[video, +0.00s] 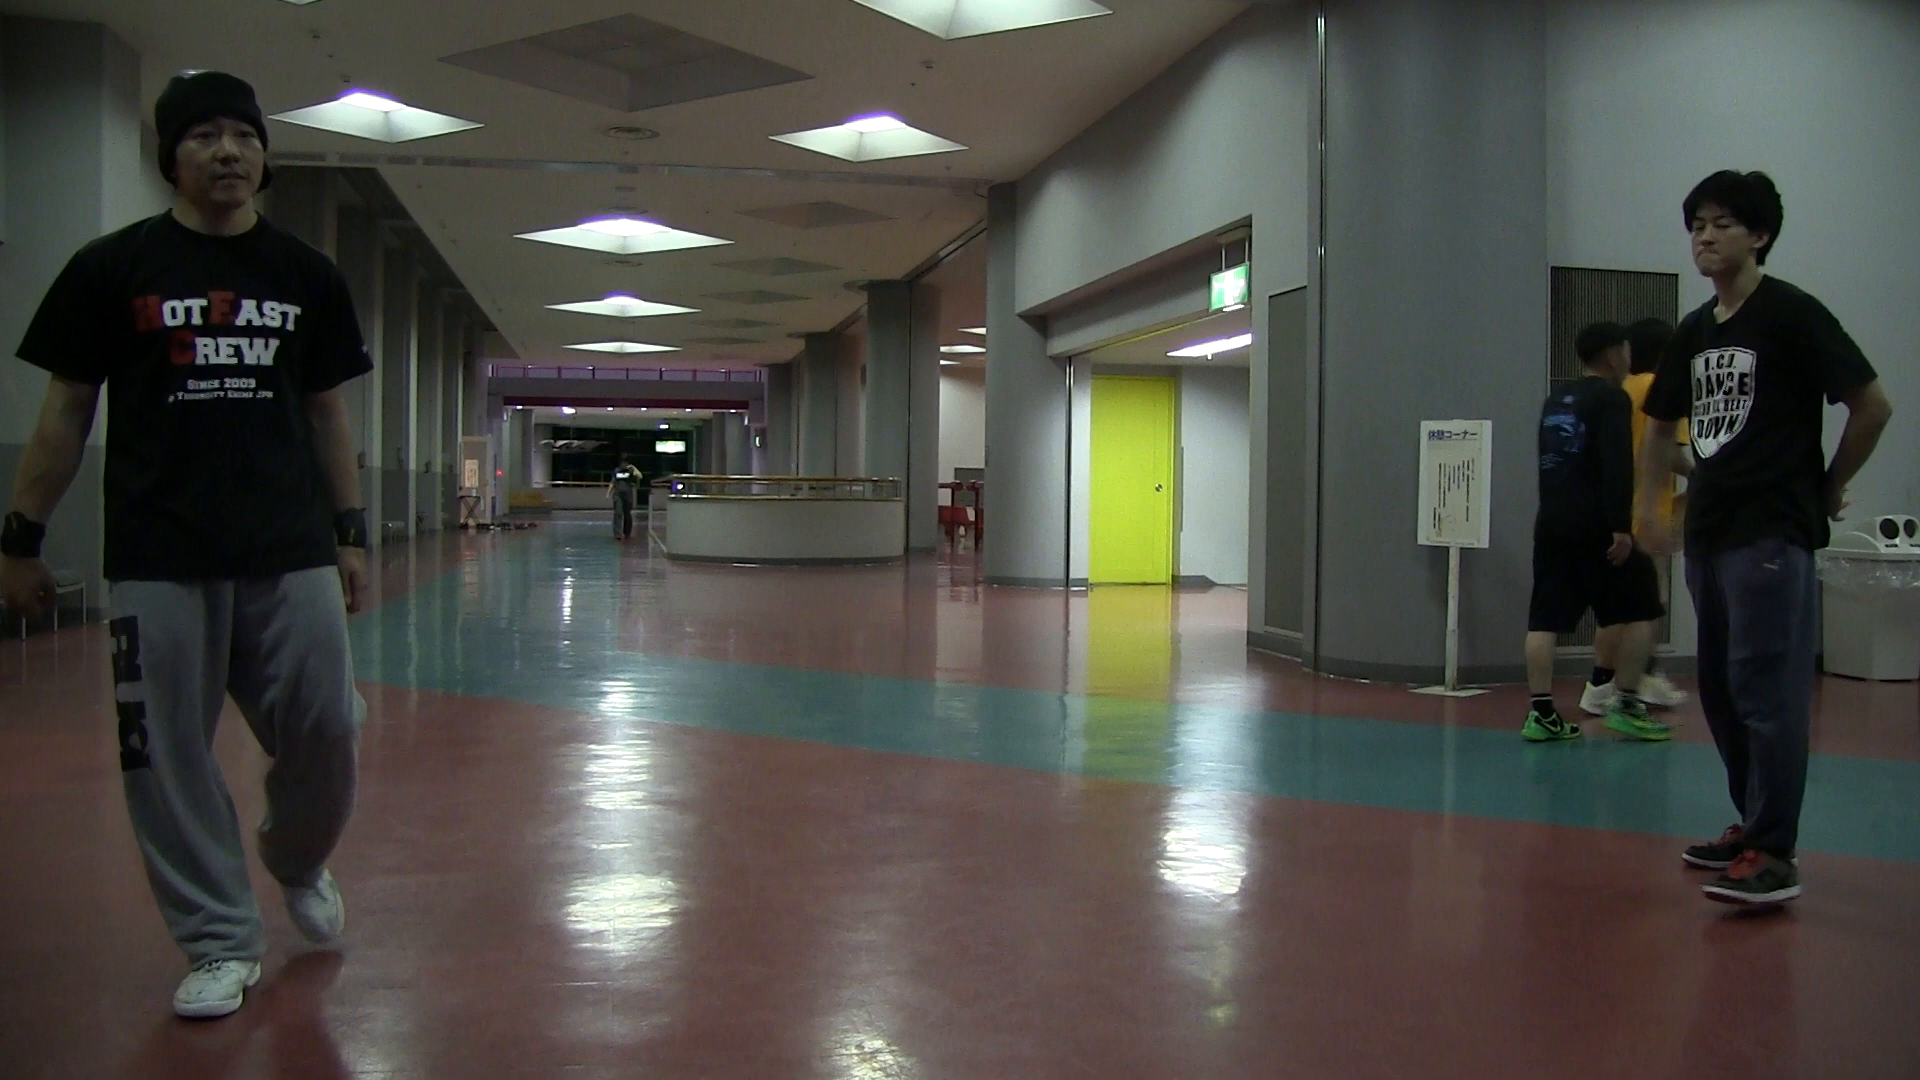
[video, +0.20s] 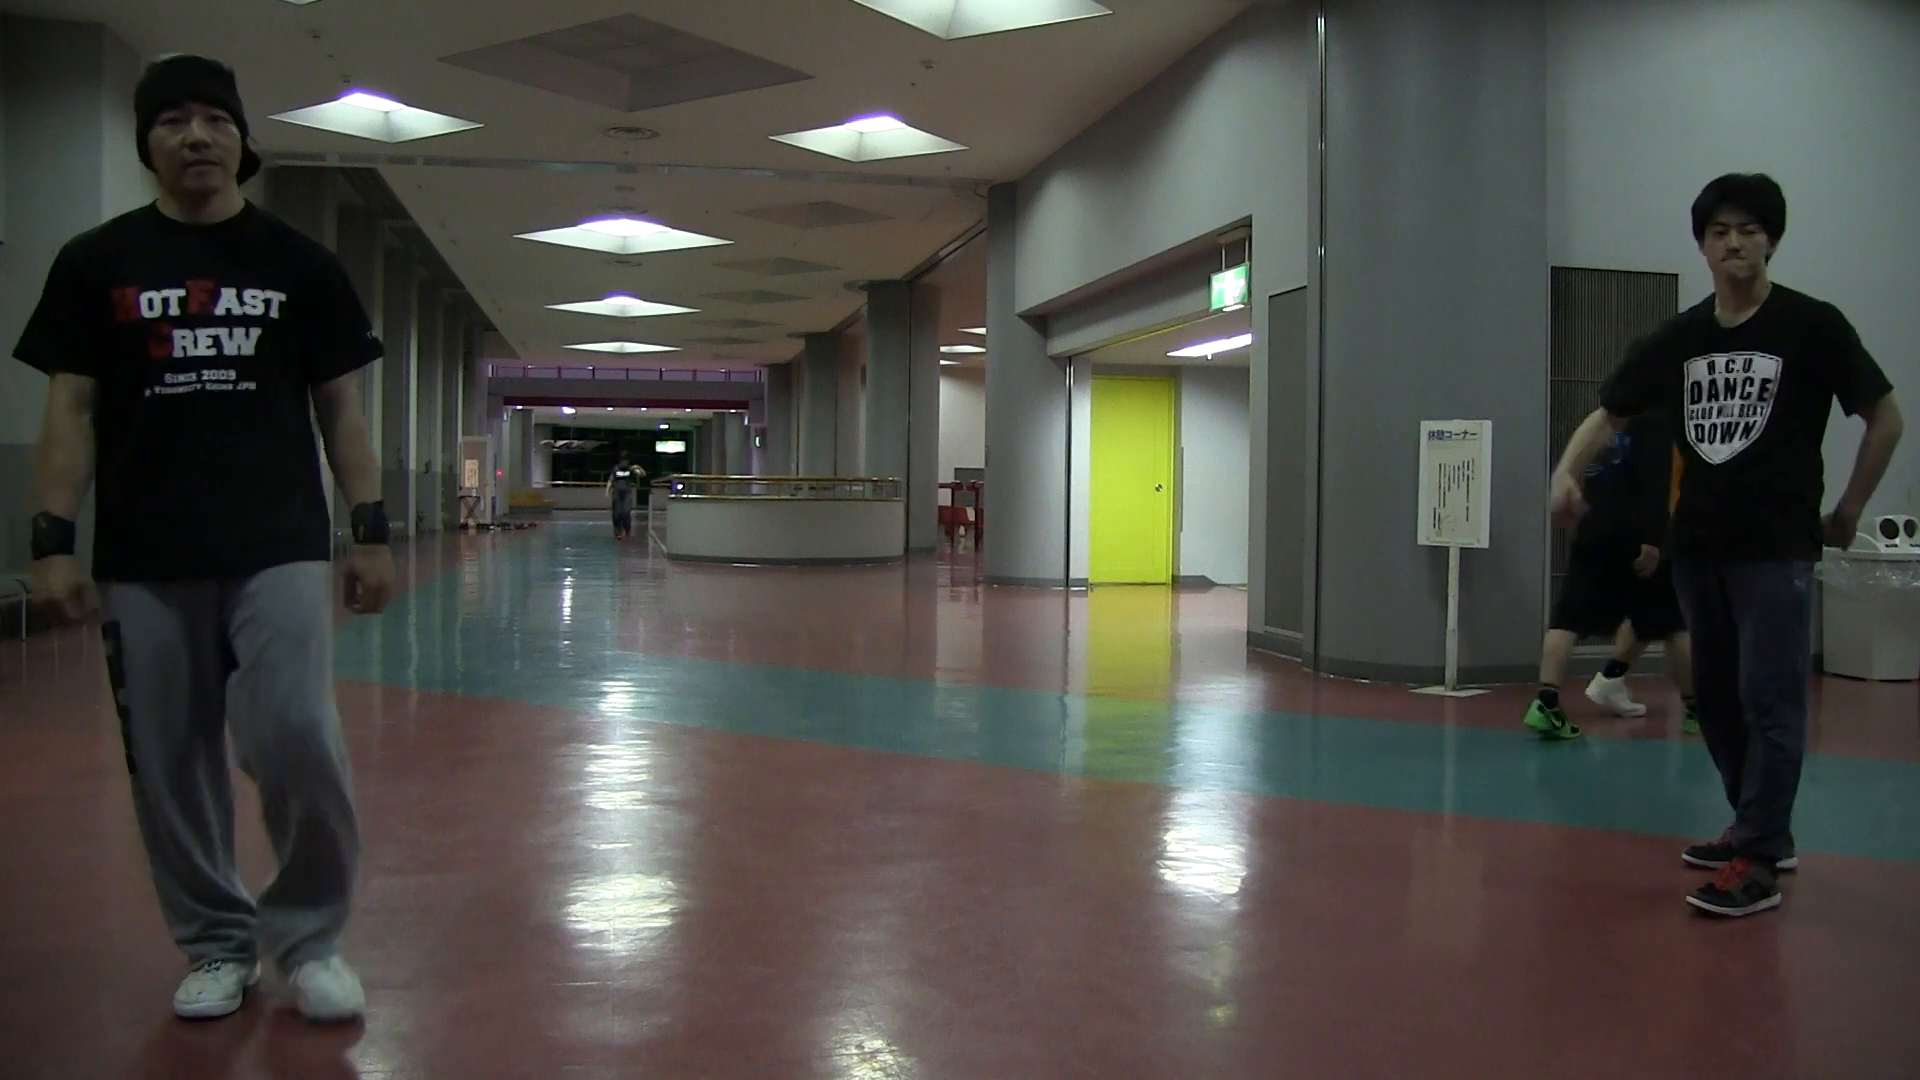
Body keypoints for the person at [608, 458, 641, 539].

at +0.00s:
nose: (624, 465)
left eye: (626, 463)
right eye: (622, 463)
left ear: (628, 463)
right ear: (620, 463)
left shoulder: (631, 471)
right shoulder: (617, 471)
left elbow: (640, 476)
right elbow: (612, 483)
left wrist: (633, 468)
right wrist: (608, 493)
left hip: (628, 496)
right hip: (618, 495)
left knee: (627, 514)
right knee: (618, 513)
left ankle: (627, 533)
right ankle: (618, 534)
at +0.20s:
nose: (624, 464)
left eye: (626, 462)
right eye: (622, 462)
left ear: (628, 462)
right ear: (620, 462)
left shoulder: (631, 470)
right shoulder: (616, 470)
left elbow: (642, 474)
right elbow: (610, 481)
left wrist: (638, 470)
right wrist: (607, 491)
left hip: (627, 494)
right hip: (617, 494)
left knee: (626, 513)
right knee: (617, 513)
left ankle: (627, 532)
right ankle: (618, 533)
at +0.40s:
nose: (625, 464)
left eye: (627, 462)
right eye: (624, 462)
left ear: (629, 462)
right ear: (621, 462)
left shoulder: (631, 469)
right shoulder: (616, 469)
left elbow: (639, 475)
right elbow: (609, 479)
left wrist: (642, 471)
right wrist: (606, 489)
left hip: (627, 494)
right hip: (617, 494)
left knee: (627, 513)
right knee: (617, 514)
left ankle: (628, 533)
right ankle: (617, 532)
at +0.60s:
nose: (628, 464)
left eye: (629, 462)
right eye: (626, 462)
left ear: (632, 463)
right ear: (624, 462)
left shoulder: (634, 470)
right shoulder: (618, 469)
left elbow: (639, 480)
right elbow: (612, 479)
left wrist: (642, 475)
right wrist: (610, 490)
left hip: (630, 496)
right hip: (620, 495)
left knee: (628, 513)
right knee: (619, 513)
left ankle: (628, 534)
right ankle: (618, 531)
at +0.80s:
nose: (628, 462)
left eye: (630, 460)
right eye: (626, 459)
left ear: (632, 461)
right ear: (624, 460)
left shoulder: (635, 470)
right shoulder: (619, 468)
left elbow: (637, 484)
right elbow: (615, 480)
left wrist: (636, 476)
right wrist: (613, 491)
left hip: (631, 495)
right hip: (621, 494)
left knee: (630, 514)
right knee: (621, 513)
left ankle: (629, 534)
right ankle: (621, 533)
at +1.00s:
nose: (628, 463)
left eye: (629, 461)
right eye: (626, 461)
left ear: (632, 461)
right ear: (624, 461)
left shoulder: (635, 470)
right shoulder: (619, 471)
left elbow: (639, 480)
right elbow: (615, 484)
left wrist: (628, 481)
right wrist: (615, 495)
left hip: (632, 496)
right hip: (622, 496)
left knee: (631, 514)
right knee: (623, 514)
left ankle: (630, 533)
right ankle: (624, 533)